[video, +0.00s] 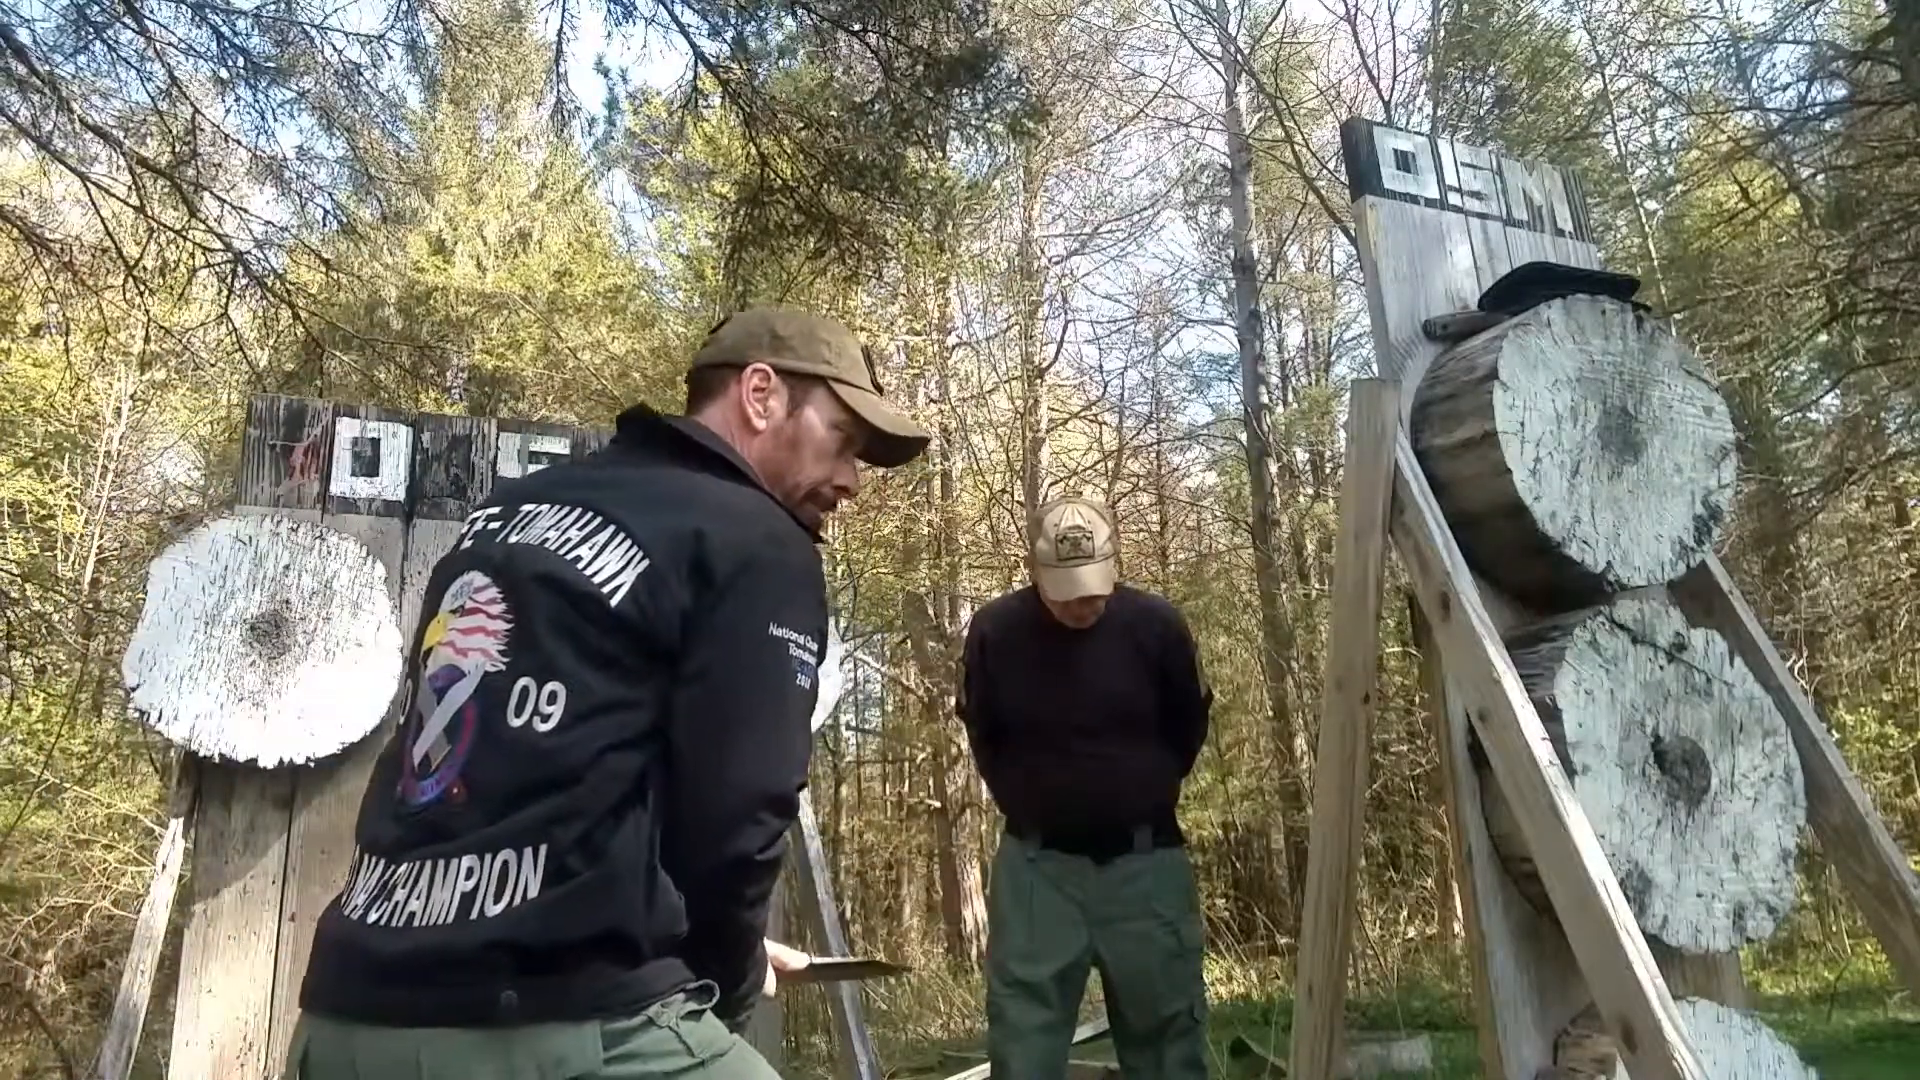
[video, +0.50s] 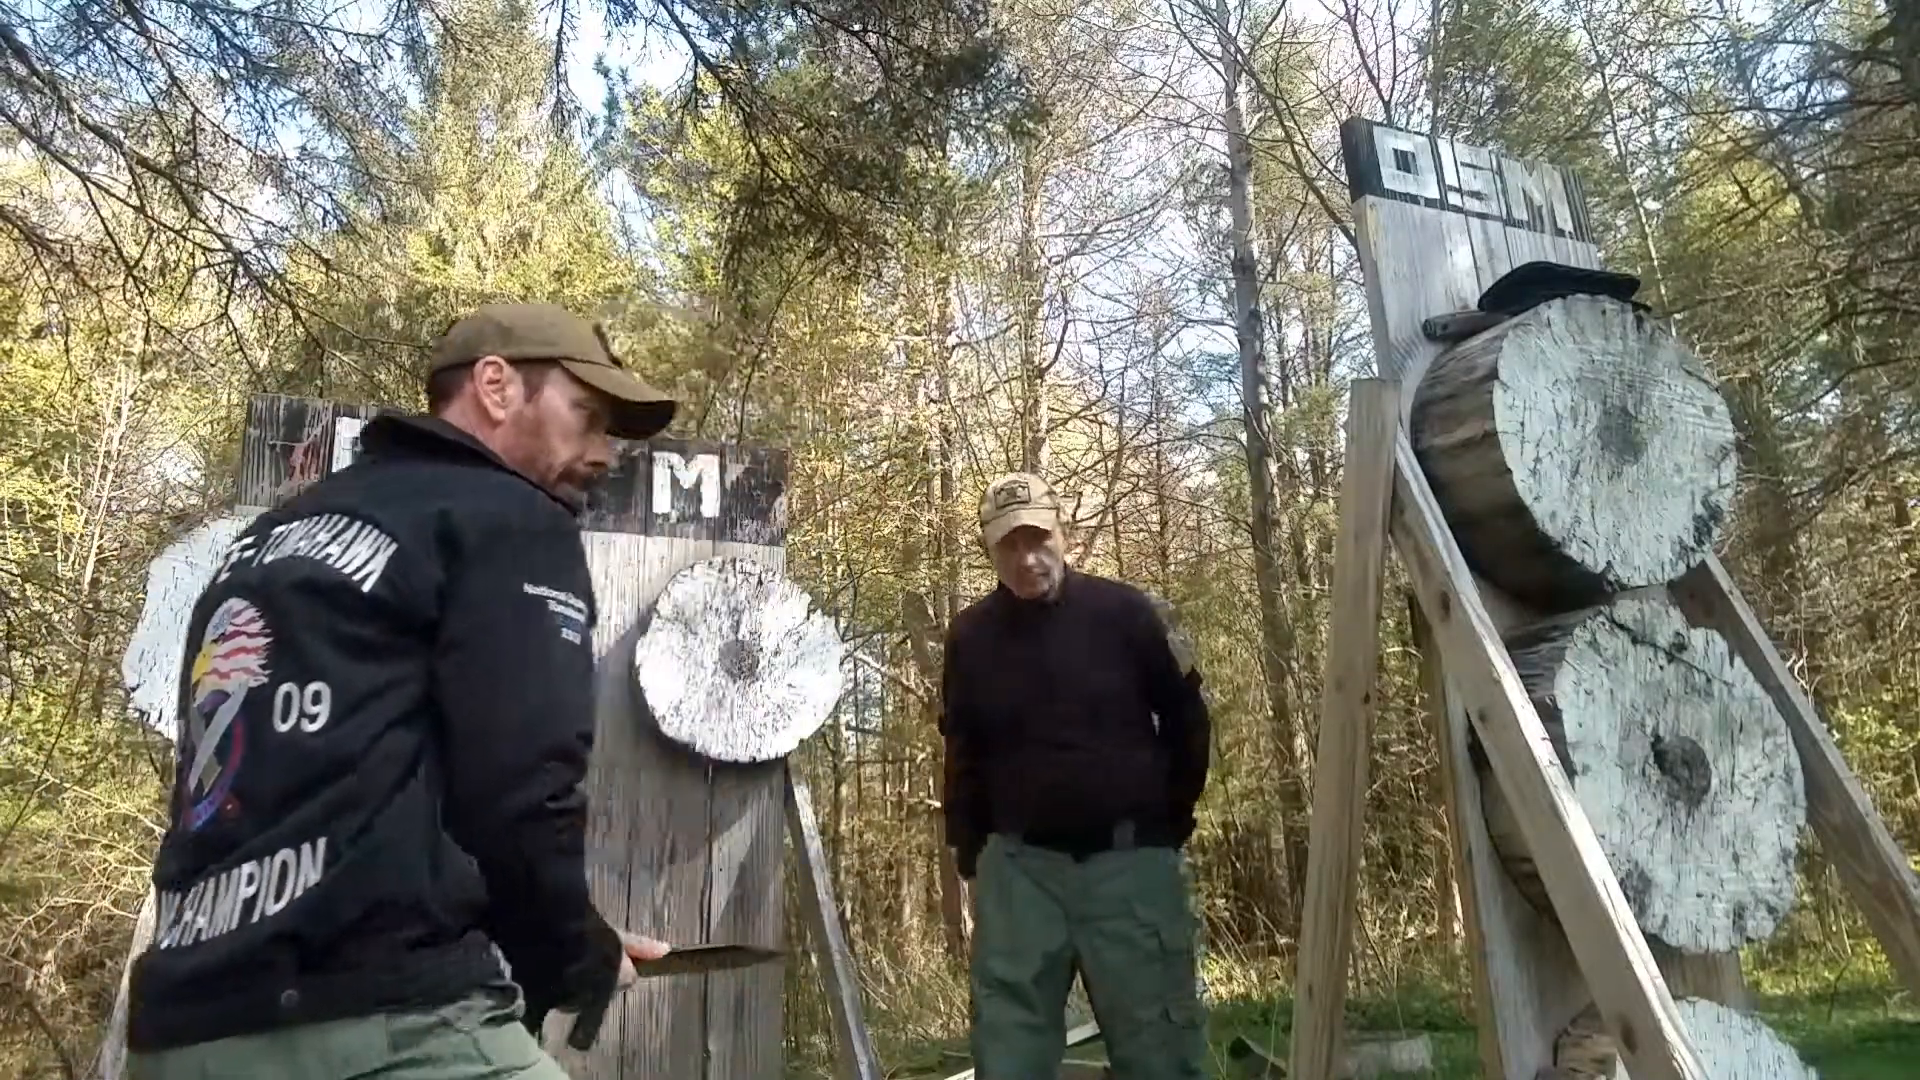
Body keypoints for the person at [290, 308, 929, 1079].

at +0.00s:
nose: (854, 483)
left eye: (862, 457)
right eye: (847, 442)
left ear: (753, 399)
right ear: (760, 398)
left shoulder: (513, 501)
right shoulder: (757, 541)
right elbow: (733, 820)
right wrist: (731, 982)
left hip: (356, 1020)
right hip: (580, 1023)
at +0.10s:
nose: (837, 478)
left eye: (844, 451)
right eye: (829, 436)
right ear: (741, 392)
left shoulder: (498, 499)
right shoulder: (740, 534)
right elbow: (723, 813)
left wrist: (731, 935)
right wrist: (724, 974)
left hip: (345, 1021)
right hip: (566, 1022)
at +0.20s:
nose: (805, 466)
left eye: (813, 440)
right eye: (794, 424)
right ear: (706, 383)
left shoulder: (464, 498)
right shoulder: (710, 523)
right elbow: (697, 813)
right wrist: (714, 967)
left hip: (327, 1015)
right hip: (547, 1011)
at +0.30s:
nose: (751, 458)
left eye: (756, 430)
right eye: (739, 416)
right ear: (650, 381)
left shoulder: (419, 506)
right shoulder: (662, 519)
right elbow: (656, 797)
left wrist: (680, 928)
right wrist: (685, 966)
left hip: (298, 1016)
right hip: (512, 1008)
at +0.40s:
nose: (684, 456)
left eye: (690, 430)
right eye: (669, 417)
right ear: (577, 385)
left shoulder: (352, 519)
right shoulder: (591, 519)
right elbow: (593, 795)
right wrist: (640, 967)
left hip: (252, 1017)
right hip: (456, 1008)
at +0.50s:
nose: (605, 455)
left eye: (609, 429)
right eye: (586, 413)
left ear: (492, 393)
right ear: (497, 389)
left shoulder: (271, 527)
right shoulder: (508, 518)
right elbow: (514, 794)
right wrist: (581, 964)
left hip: (182, 1023)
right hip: (385, 1012)